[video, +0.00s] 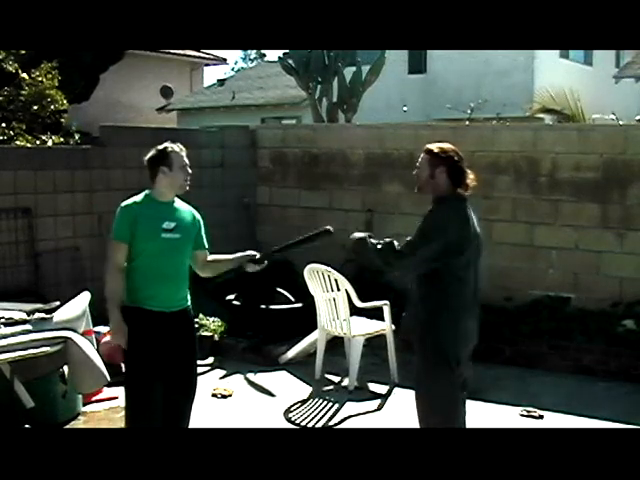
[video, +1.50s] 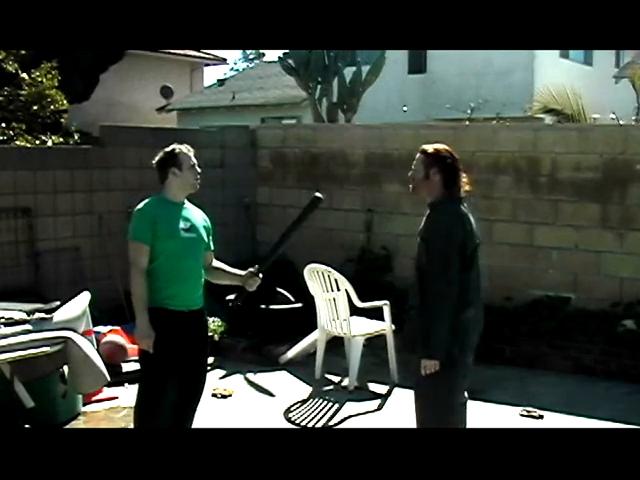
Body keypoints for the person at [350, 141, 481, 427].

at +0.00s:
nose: (415, 173)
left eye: (420, 167)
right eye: (416, 166)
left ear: (438, 173)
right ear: (441, 173)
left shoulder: (446, 215)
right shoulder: (458, 212)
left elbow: (407, 263)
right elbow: (419, 256)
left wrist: (365, 248)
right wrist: (390, 248)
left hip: (440, 332)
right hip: (452, 328)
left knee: (437, 412)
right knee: (446, 409)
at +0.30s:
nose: (408, 176)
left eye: (413, 169)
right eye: (410, 168)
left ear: (432, 174)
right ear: (434, 174)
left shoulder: (442, 220)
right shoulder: (458, 214)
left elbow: (438, 291)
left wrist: (437, 355)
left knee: (436, 421)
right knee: (442, 420)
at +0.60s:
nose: (408, 177)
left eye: (414, 170)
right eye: (410, 169)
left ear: (433, 175)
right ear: (433, 176)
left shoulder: (448, 223)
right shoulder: (443, 215)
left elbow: (453, 293)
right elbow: (444, 289)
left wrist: (446, 354)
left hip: (442, 349)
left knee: (439, 421)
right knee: (437, 419)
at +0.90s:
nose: (408, 177)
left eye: (414, 170)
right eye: (410, 169)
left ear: (433, 175)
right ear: (433, 176)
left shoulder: (443, 218)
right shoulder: (448, 212)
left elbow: (441, 283)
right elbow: (446, 278)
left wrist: (410, 327)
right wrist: (420, 286)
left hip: (447, 338)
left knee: (438, 416)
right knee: (444, 414)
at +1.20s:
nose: (410, 175)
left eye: (416, 168)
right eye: (412, 168)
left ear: (435, 175)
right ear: (436, 176)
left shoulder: (445, 217)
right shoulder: (446, 212)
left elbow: (437, 285)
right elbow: (437, 282)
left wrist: (415, 340)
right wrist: (419, 335)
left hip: (448, 332)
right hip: (449, 328)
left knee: (441, 411)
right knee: (444, 408)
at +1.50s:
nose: (410, 176)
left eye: (416, 170)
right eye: (412, 169)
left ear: (435, 176)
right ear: (435, 177)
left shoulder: (445, 220)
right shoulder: (448, 215)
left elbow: (440, 288)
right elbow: (441, 286)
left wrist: (433, 349)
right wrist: (431, 342)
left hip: (445, 342)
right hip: (450, 339)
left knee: (436, 416)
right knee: (444, 413)